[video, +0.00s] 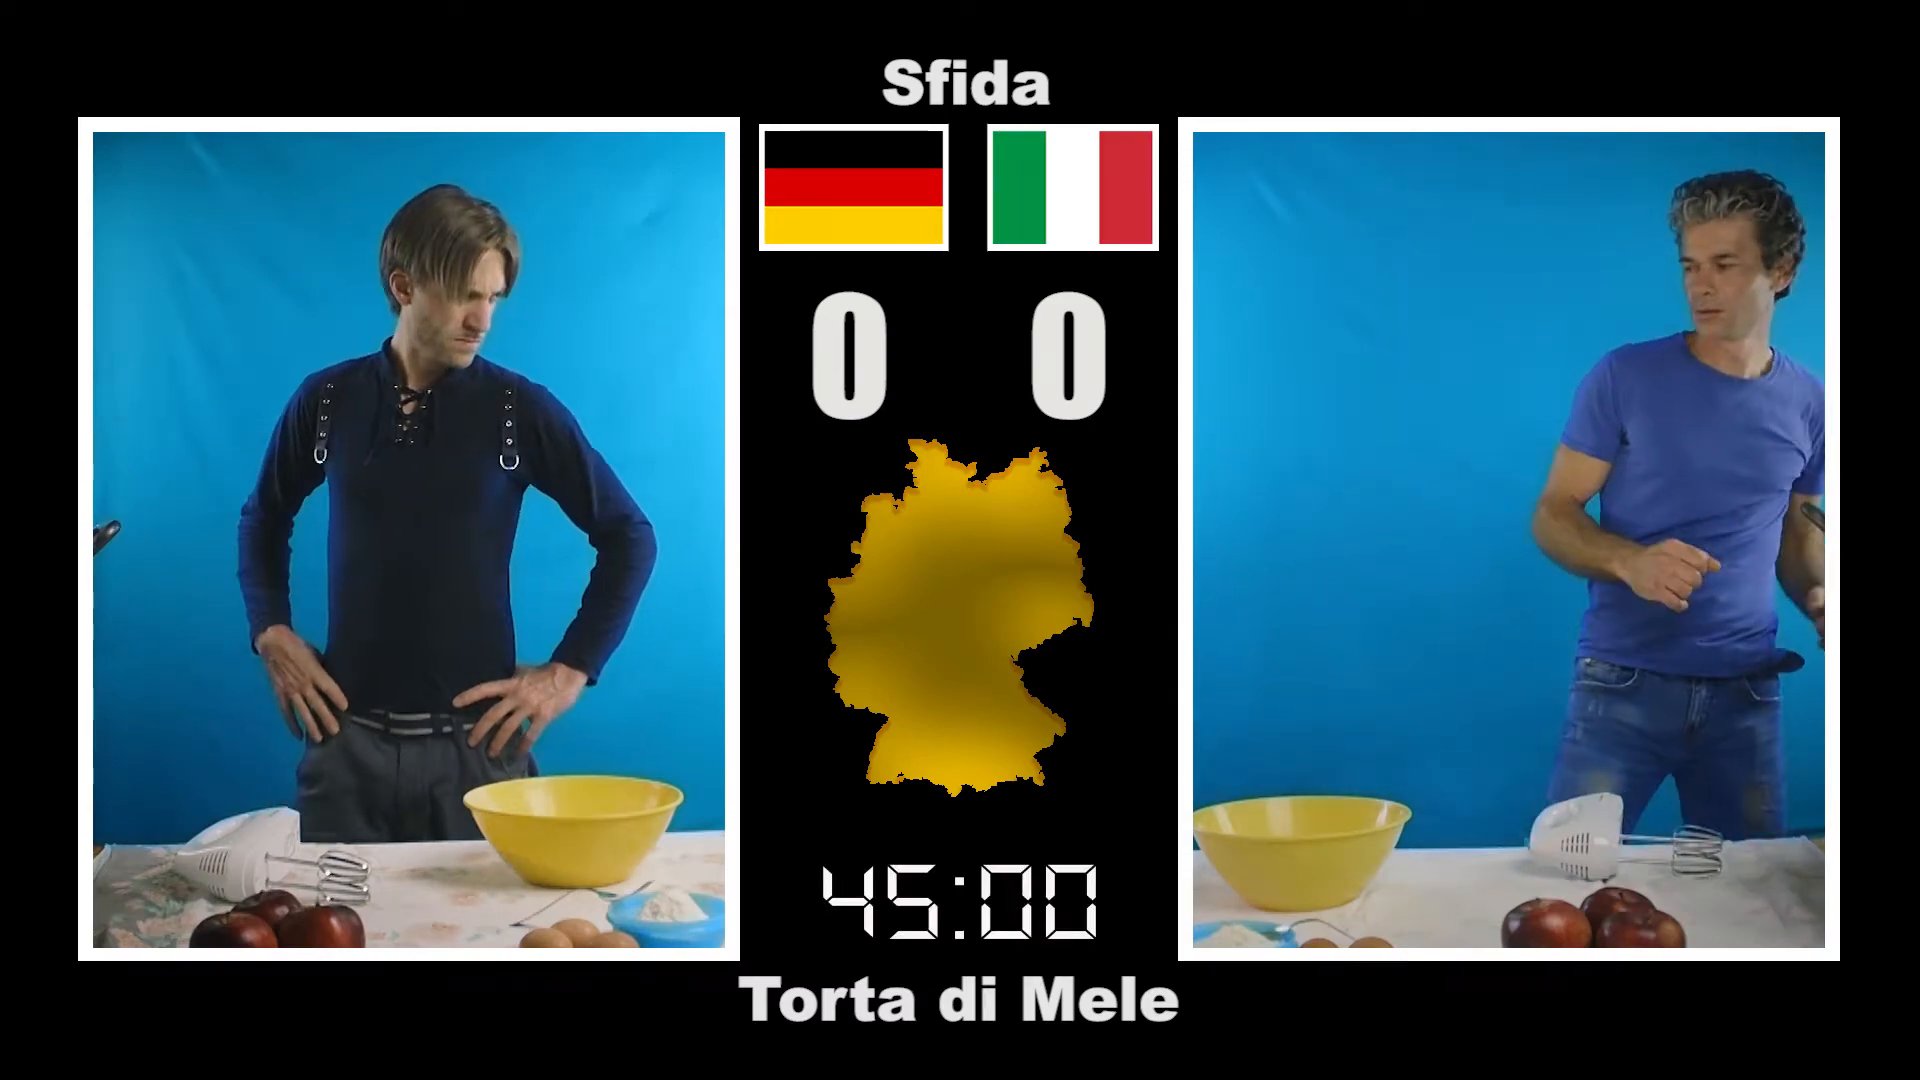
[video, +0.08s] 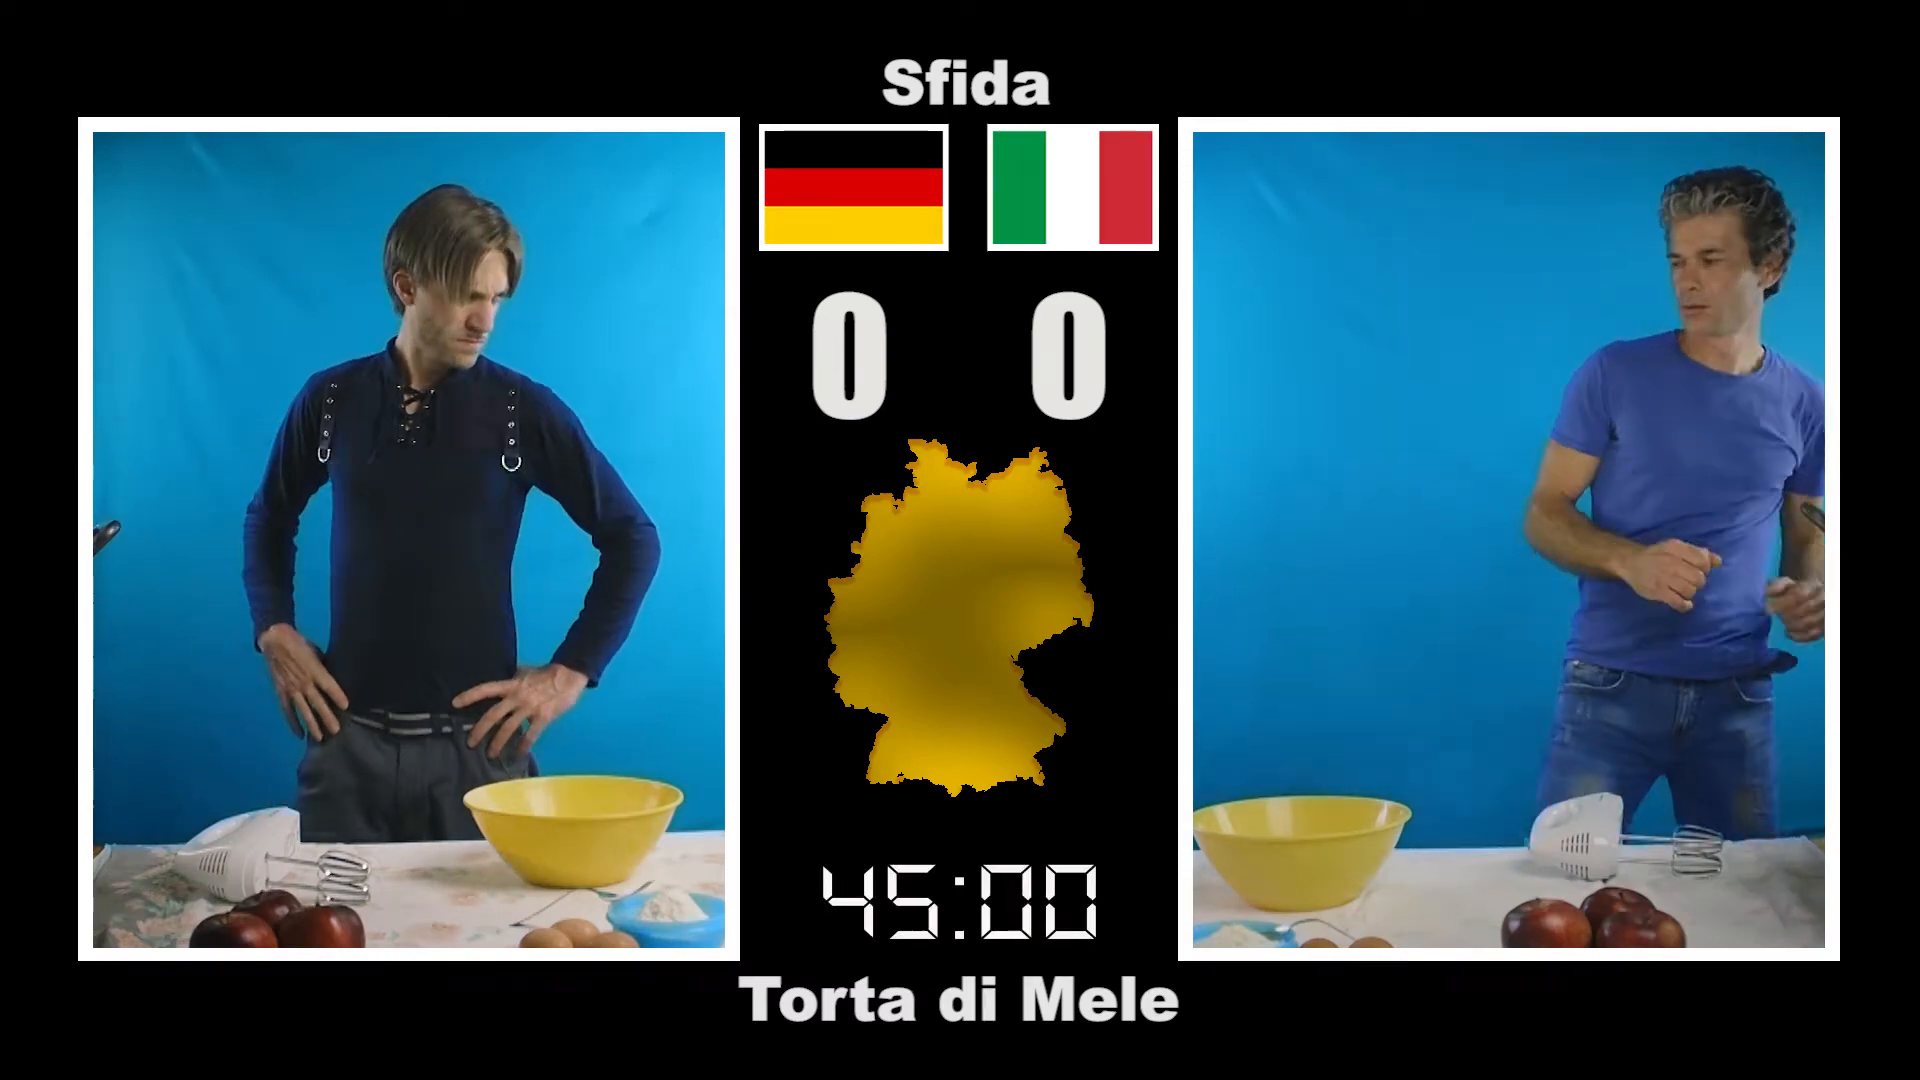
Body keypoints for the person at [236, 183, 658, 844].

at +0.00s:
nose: (480, 318)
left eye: (492, 298)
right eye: (463, 295)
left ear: (504, 296)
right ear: (402, 284)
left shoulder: (520, 411)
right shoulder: (327, 403)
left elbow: (628, 536)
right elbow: (264, 517)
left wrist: (569, 669)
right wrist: (271, 632)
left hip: (478, 752)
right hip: (349, 748)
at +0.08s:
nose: (483, 318)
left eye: (496, 299)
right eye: (466, 296)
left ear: (507, 296)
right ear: (405, 284)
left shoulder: (525, 413)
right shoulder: (331, 402)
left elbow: (632, 539)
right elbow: (270, 517)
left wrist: (569, 671)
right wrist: (274, 630)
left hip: (477, 753)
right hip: (349, 749)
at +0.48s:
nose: (310, 312)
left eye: (324, 288)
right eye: (287, 293)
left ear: (345, 288)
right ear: (255, 303)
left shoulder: (420, 407)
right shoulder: (231, 438)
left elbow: (494, 552)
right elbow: (205, 592)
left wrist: (532, 695)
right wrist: (212, 718)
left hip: (427, 739)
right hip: (295, 748)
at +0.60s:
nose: (345, 312)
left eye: (361, 288)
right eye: (323, 293)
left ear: (387, 288)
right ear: (296, 303)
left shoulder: (456, 414)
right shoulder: (268, 440)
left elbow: (531, 558)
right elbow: (236, 591)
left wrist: (571, 702)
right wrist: (228, 718)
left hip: (452, 746)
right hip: (320, 753)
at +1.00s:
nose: (470, 329)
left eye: (491, 306)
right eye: (452, 303)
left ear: (517, 301)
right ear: (423, 292)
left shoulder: (545, 427)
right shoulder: (354, 409)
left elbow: (602, 557)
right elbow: (314, 552)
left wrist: (648, 679)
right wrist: (320, 689)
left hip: (495, 740)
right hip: (364, 740)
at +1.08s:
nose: (482, 335)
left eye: (504, 313)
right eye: (465, 309)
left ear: (527, 309)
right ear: (431, 294)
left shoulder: (548, 428)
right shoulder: (358, 405)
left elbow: (600, 554)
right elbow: (317, 548)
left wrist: (640, 674)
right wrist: (332, 683)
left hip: (493, 738)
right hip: (364, 737)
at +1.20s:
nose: (482, 349)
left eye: (504, 327)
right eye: (465, 325)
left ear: (527, 316)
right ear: (431, 304)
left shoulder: (543, 431)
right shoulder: (354, 407)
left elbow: (594, 566)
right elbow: (318, 557)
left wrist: (624, 685)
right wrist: (340, 694)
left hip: (487, 733)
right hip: (362, 738)